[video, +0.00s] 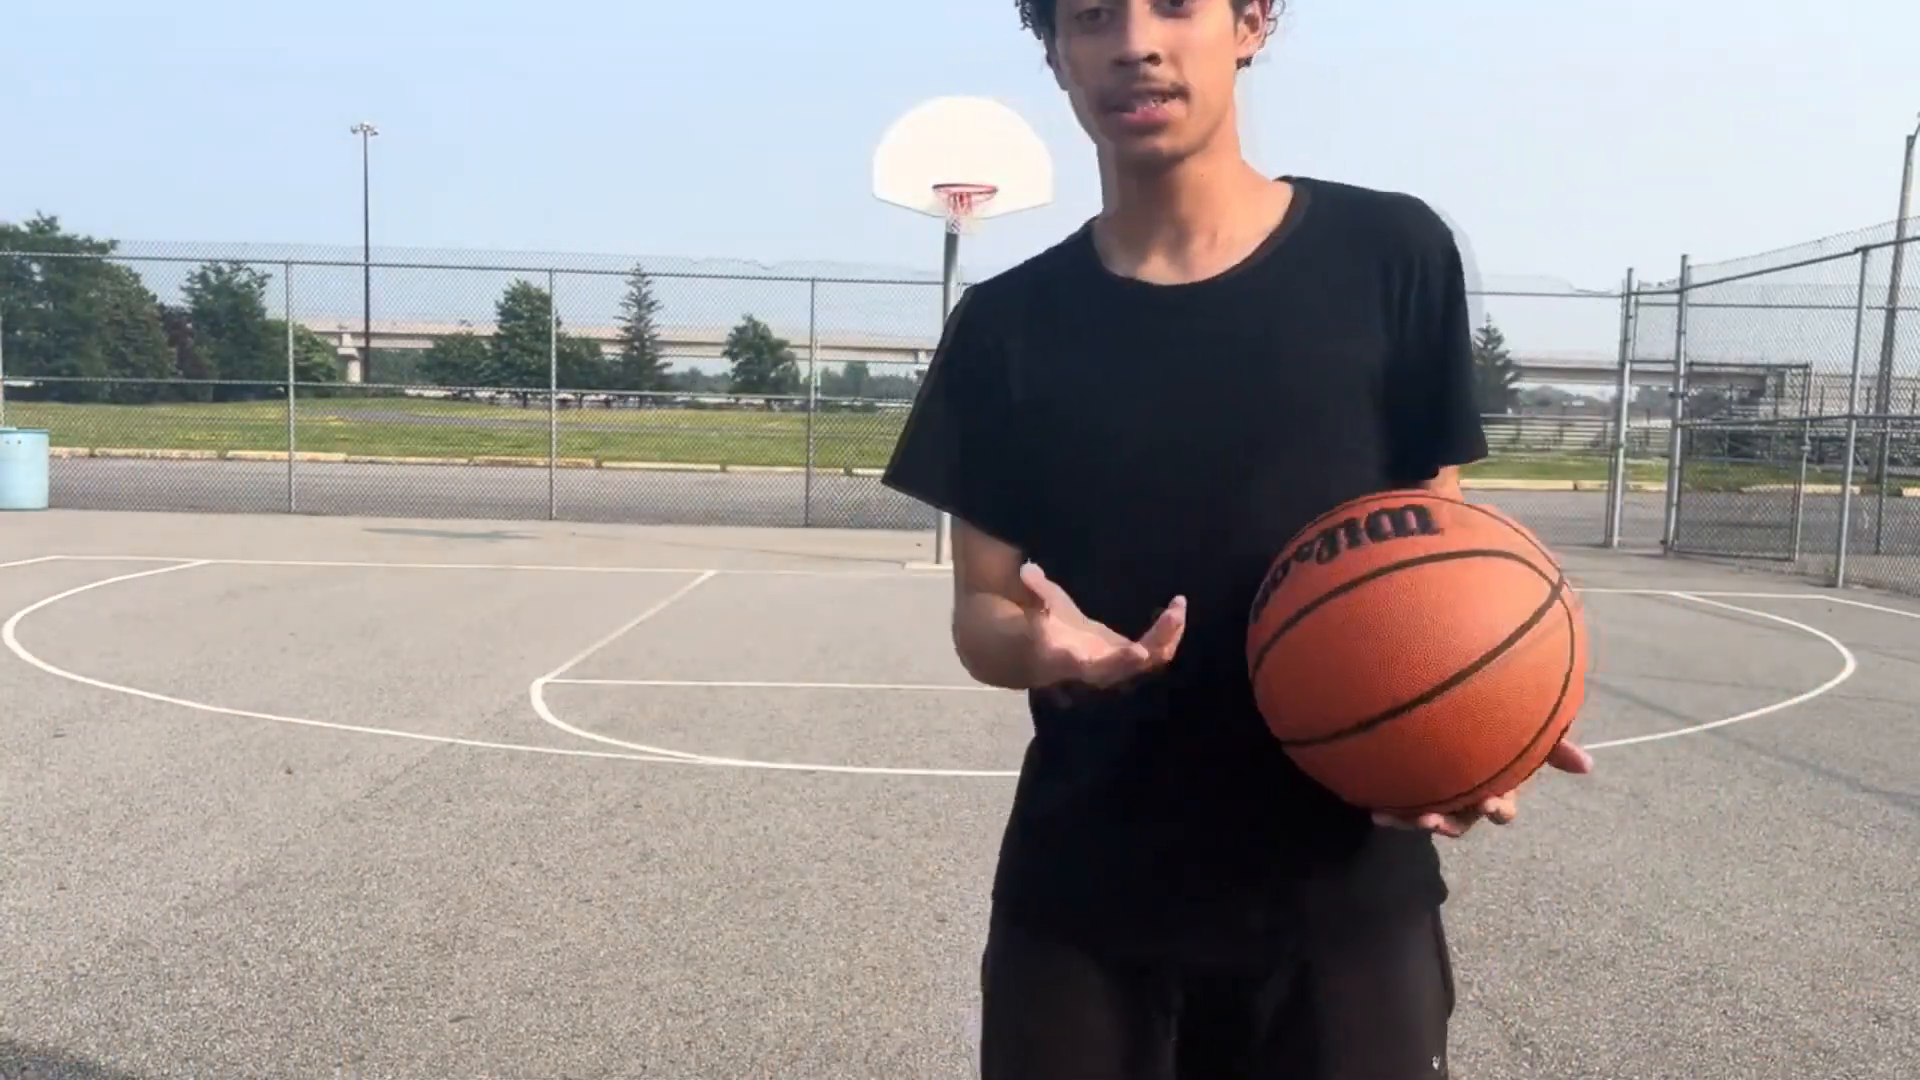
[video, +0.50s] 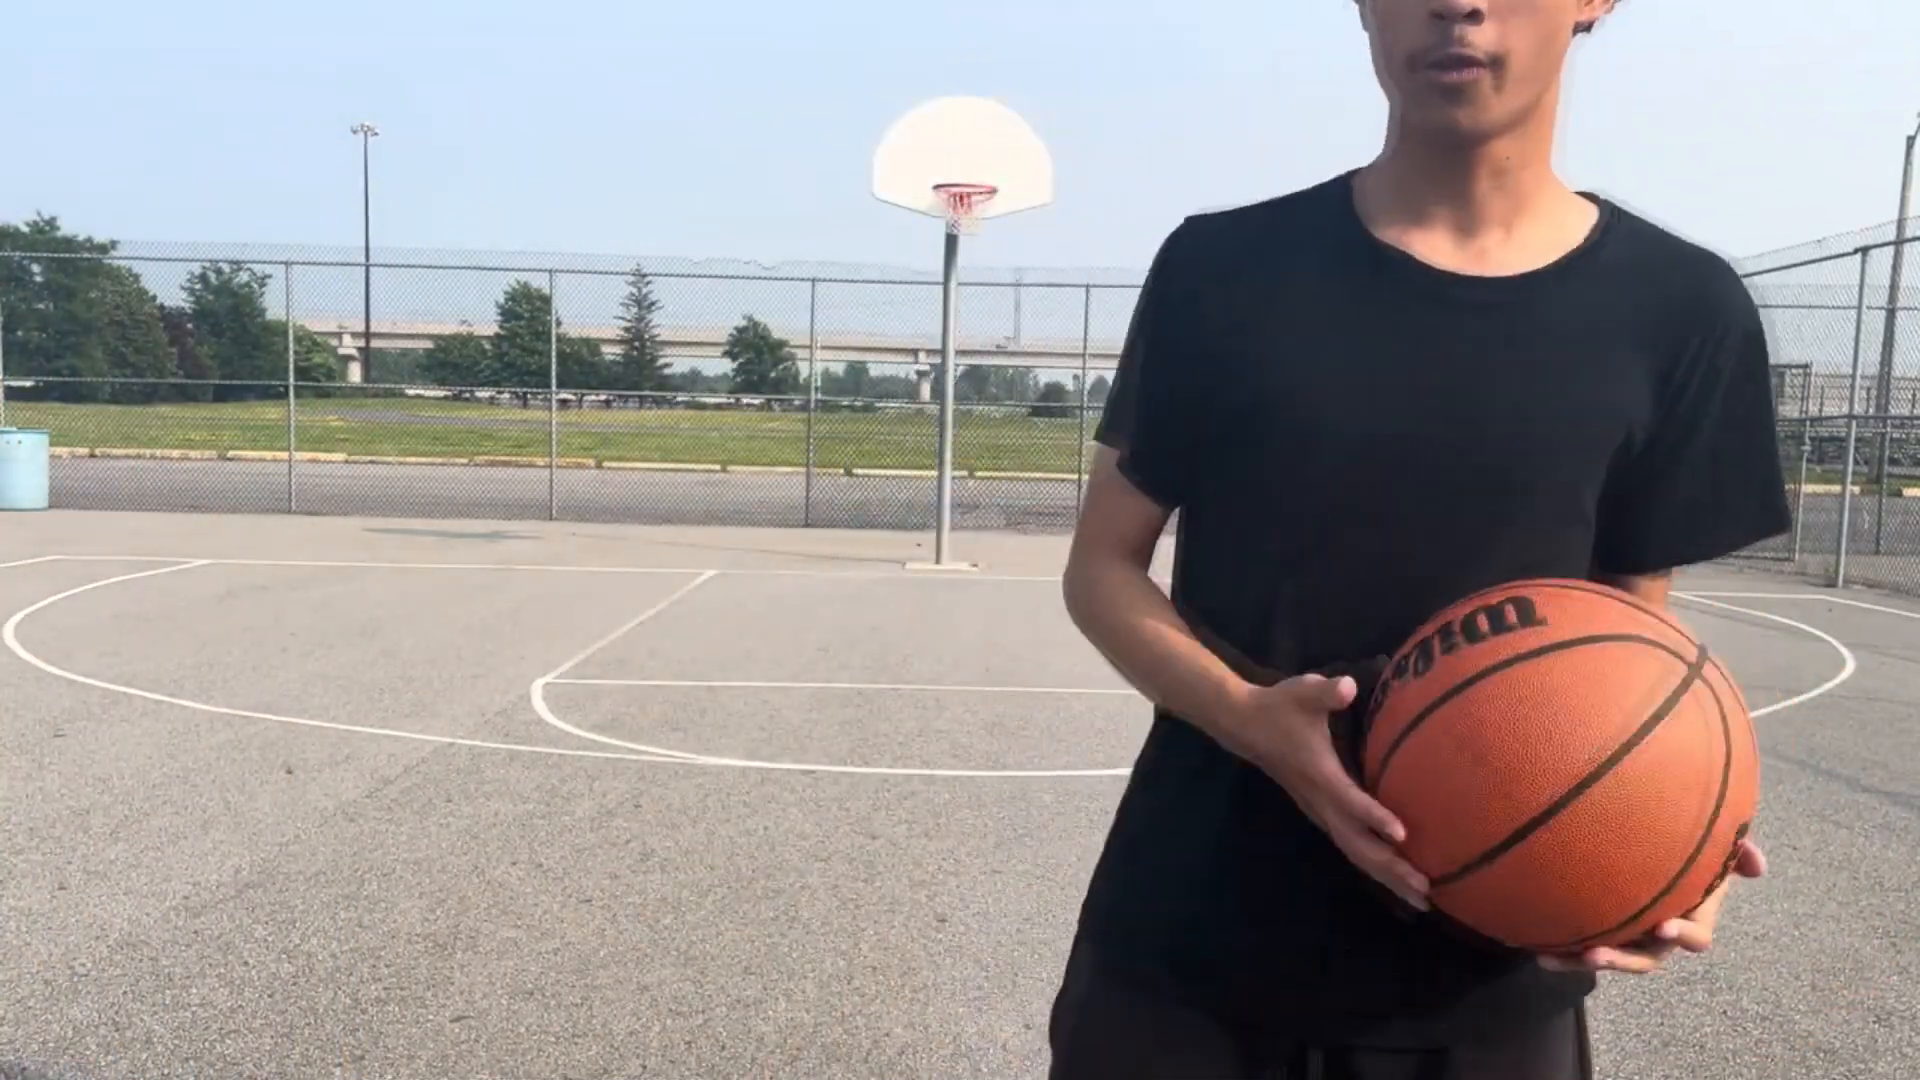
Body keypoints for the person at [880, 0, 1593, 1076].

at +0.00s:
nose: (1138, 43)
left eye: (1177, 4)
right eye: (1096, 13)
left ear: (1250, 25)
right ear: (1054, 50)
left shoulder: (1393, 254)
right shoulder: (1004, 324)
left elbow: (1436, 537)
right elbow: (979, 608)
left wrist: (1466, 714)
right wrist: (1038, 645)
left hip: (1346, 886)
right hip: (1089, 897)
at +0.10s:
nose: (1200, 41)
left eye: (1240, 2)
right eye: (1155, 10)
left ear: (1314, 22)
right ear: (1114, 45)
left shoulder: (1450, 272)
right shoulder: (1040, 313)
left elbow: (1496, 565)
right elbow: (1013, 589)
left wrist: (1510, 735)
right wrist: (1044, 646)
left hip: (1373, 914)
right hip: (1103, 922)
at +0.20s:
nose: (1270, 32)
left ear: (1391, 15)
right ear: (1187, 28)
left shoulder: (1513, 284)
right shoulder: (1088, 293)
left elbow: (1549, 590)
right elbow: (1019, 576)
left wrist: (1564, 761)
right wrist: (1065, 635)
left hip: (1415, 934)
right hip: (1133, 935)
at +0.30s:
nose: (1342, 25)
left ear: (1470, 11)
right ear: (1260, 22)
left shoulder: (1581, 301)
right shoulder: (1134, 282)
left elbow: (1616, 613)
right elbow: (1035, 565)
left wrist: (1612, 776)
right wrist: (1107, 685)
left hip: (1453, 970)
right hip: (1157, 961)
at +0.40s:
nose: (1409, 13)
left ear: (1540, 9)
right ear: (1324, 16)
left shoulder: (1640, 307)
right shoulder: (1183, 278)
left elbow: (1635, 621)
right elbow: (1067, 569)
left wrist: (1648, 812)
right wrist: (1170, 731)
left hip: (1475, 981)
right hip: (1173, 970)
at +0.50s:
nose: (1454, 2)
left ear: (1587, 5)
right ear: (1366, 12)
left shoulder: (1682, 308)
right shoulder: (1218, 269)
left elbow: (1635, 617)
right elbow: (1100, 567)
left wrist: (1659, 828)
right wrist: (1242, 713)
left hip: (1489, 995)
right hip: (1188, 965)